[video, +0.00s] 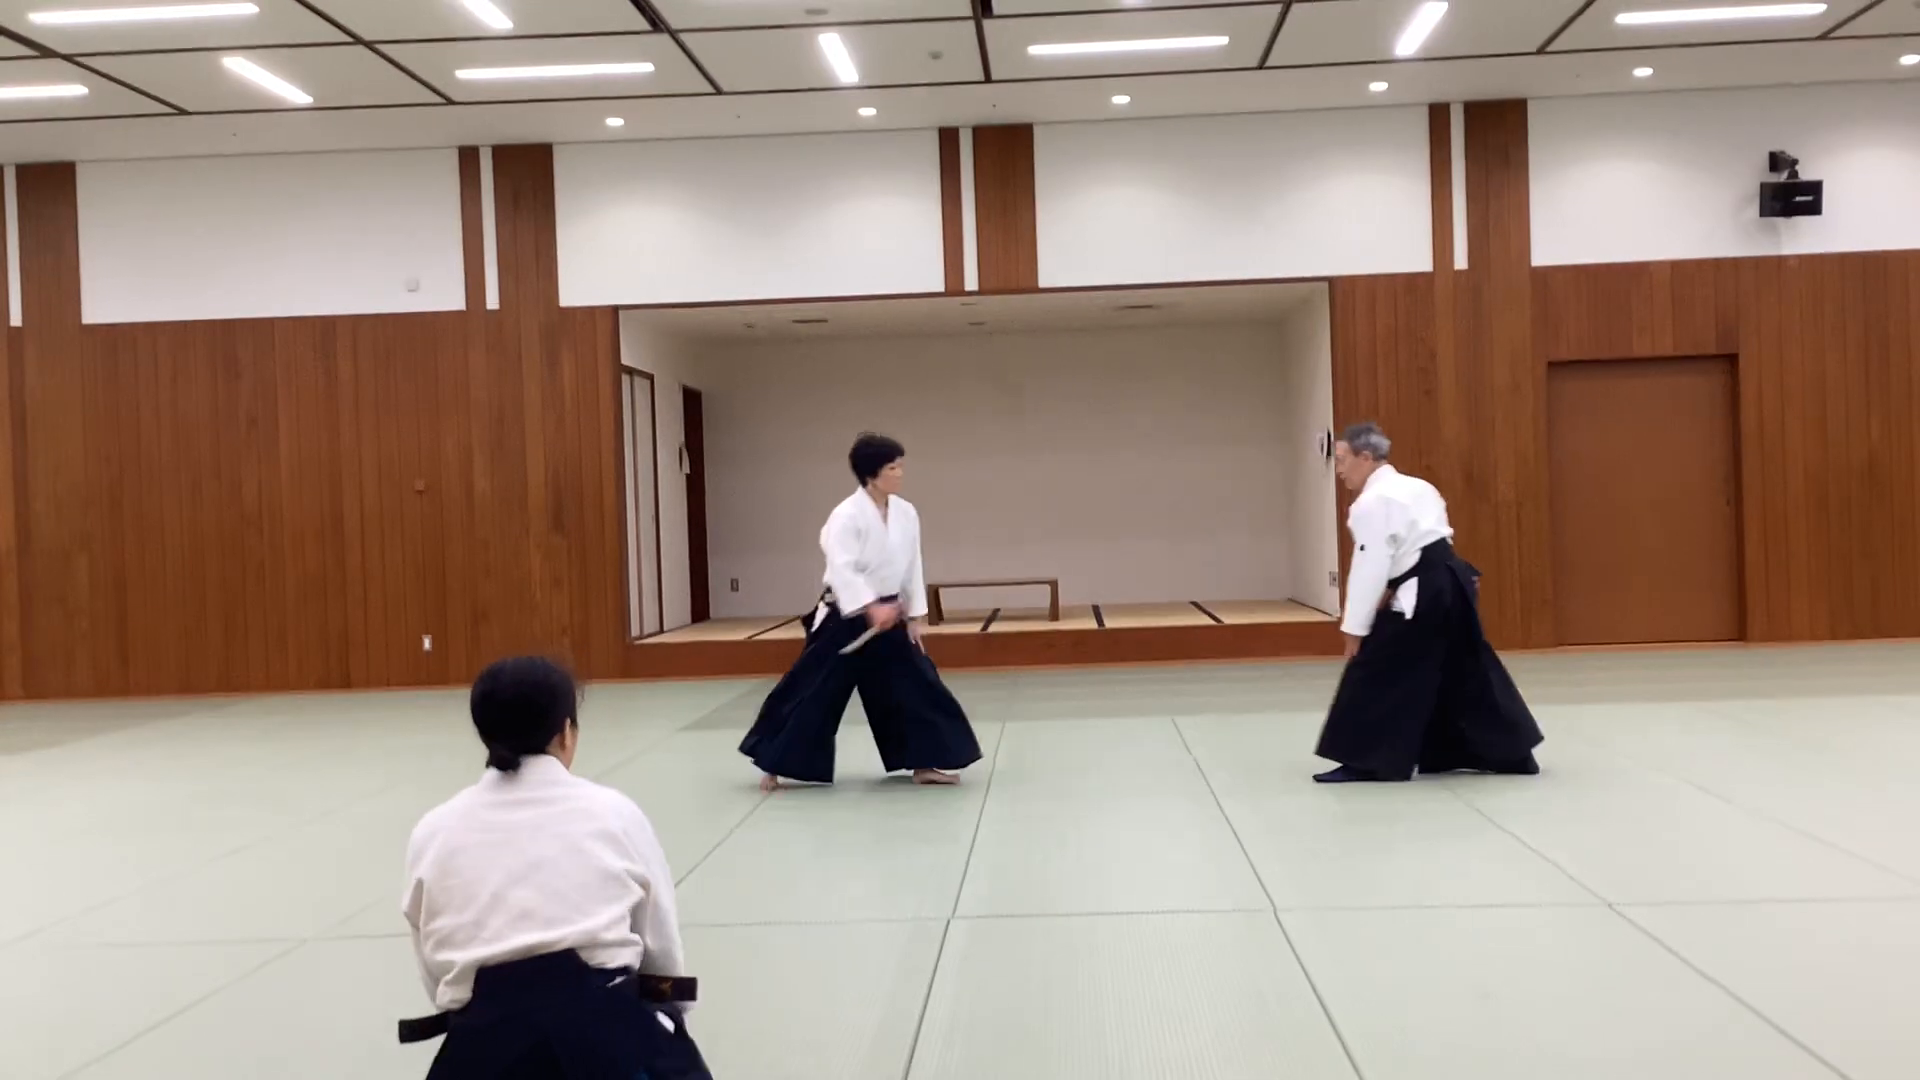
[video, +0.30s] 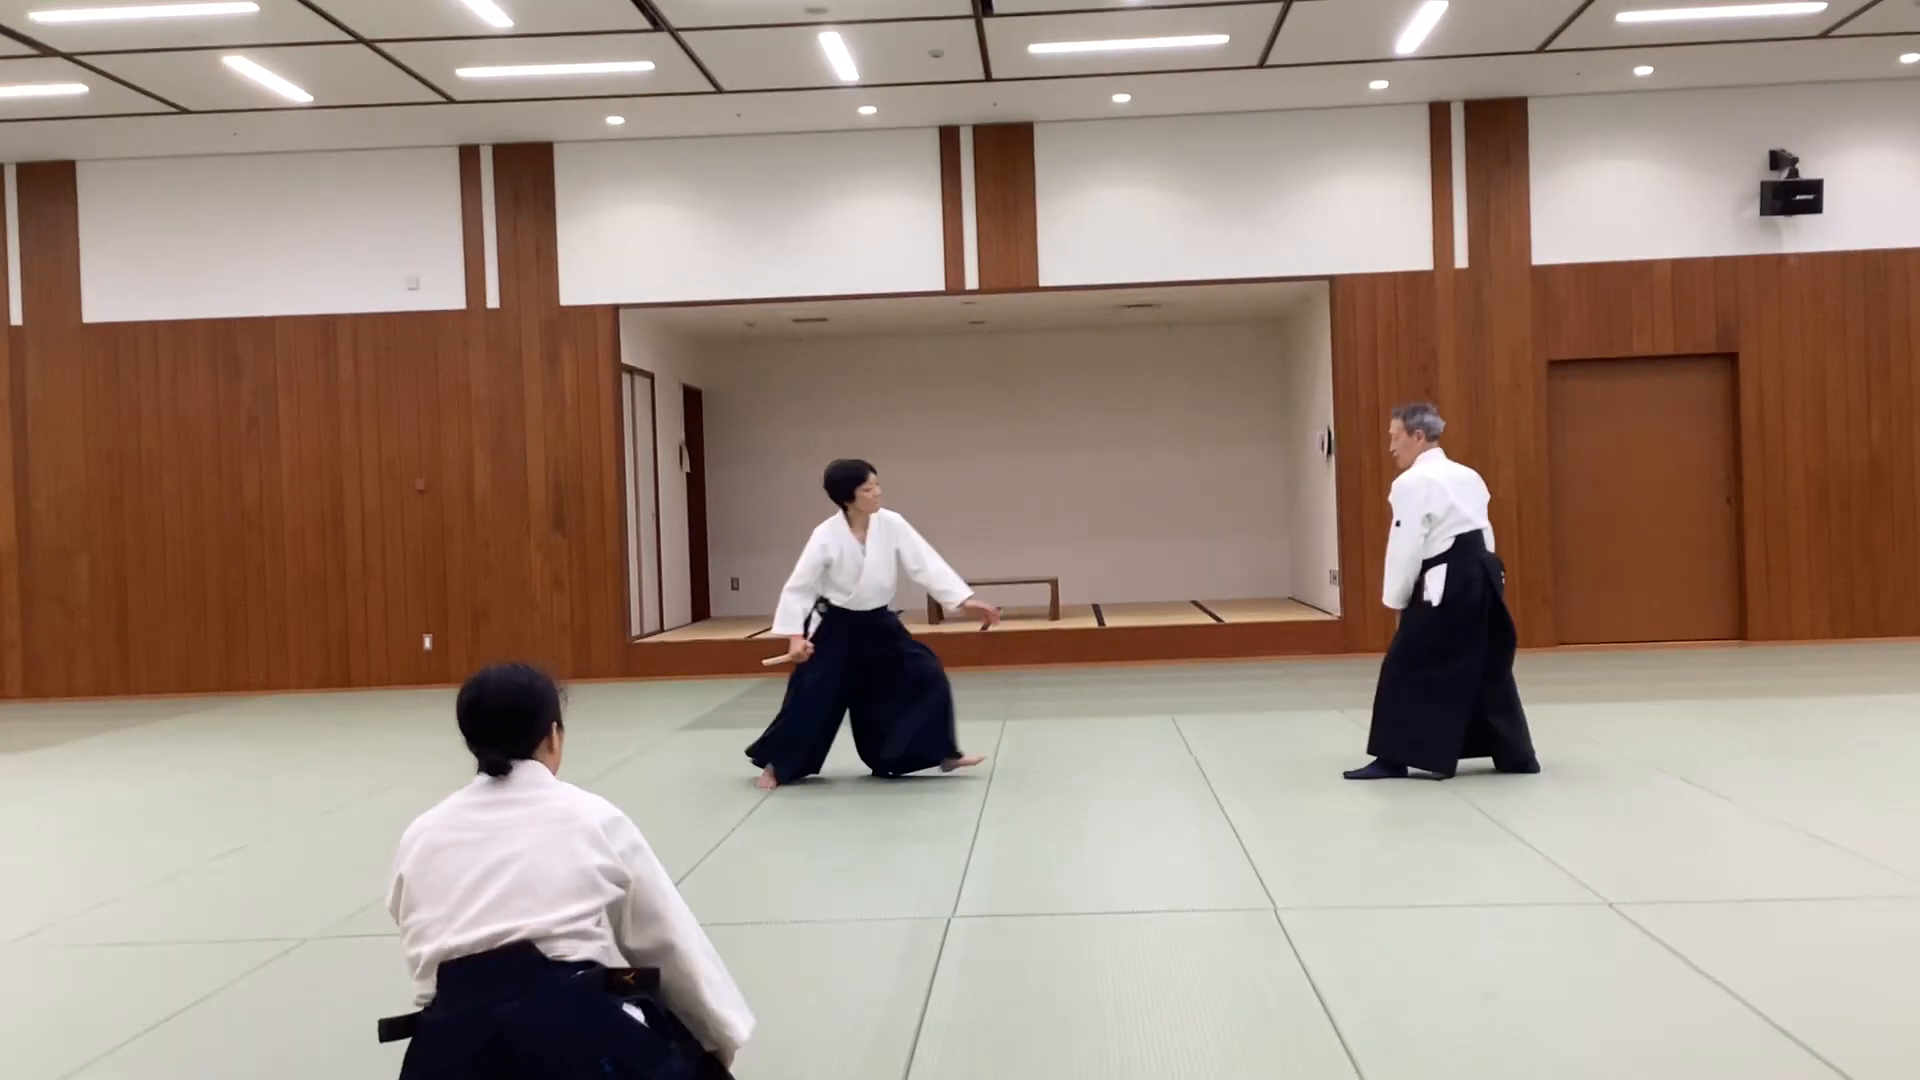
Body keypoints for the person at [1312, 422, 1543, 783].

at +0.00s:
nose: (1338, 468)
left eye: (1342, 458)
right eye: (1337, 459)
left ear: (1367, 458)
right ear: (1377, 458)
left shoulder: (1372, 503)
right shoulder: (1420, 487)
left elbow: (1369, 569)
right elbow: (1438, 542)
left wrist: (1354, 628)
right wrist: (1393, 586)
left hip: (1419, 593)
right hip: (1452, 585)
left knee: (1374, 671)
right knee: (1465, 670)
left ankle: (1366, 761)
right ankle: (1512, 751)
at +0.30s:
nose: (1390, 446)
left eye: (1395, 437)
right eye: (1390, 438)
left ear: (1418, 436)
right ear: (1426, 438)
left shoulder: (1412, 482)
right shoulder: (1469, 475)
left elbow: (1405, 548)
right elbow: (1485, 536)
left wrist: (1395, 600)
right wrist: (1484, 574)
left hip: (1446, 581)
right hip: (1485, 577)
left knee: (1401, 664)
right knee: (1489, 663)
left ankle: (1390, 759)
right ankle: (1517, 754)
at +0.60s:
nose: (1377, 452)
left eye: (1382, 443)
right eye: (1377, 444)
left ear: (1405, 443)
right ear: (1417, 444)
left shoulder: (1396, 487)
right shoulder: (1456, 479)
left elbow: (1385, 550)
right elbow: (1480, 531)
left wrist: (1366, 600)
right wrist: (1479, 574)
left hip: (1436, 582)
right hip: (1477, 577)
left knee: (1383, 662)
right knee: (1482, 663)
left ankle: (1376, 759)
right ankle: (1515, 754)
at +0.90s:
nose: (1321, 451)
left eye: (1326, 444)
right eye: (1322, 444)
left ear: (1351, 444)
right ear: (1353, 446)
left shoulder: (1356, 473)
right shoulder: (1370, 468)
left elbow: (1299, 483)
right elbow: (1308, 478)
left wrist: (1241, 481)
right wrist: (1256, 477)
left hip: (1377, 581)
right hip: (1392, 576)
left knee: (1358, 670)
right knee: (1397, 664)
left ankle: (1375, 762)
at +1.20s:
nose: (1270, 442)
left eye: (1277, 436)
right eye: (1268, 436)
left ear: (1298, 437)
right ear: (1270, 438)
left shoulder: (1319, 465)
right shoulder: (1268, 480)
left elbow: (1271, 448)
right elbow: (1227, 504)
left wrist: (1222, 428)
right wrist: (1214, 473)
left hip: (1332, 576)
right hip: (1293, 578)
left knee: (1345, 665)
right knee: (1265, 659)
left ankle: (1366, 755)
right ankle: (1269, 746)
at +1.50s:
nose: (1234, 451)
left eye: (1241, 443)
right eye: (1227, 444)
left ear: (1257, 443)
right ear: (1221, 445)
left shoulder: (1279, 471)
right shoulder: (1210, 482)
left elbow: (1281, 504)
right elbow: (1196, 532)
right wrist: (1228, 538)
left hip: (1271, 577)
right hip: (1230, 579)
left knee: (1267, 659)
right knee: (1236, 660)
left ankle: (1262, 741)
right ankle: (1241, 744)